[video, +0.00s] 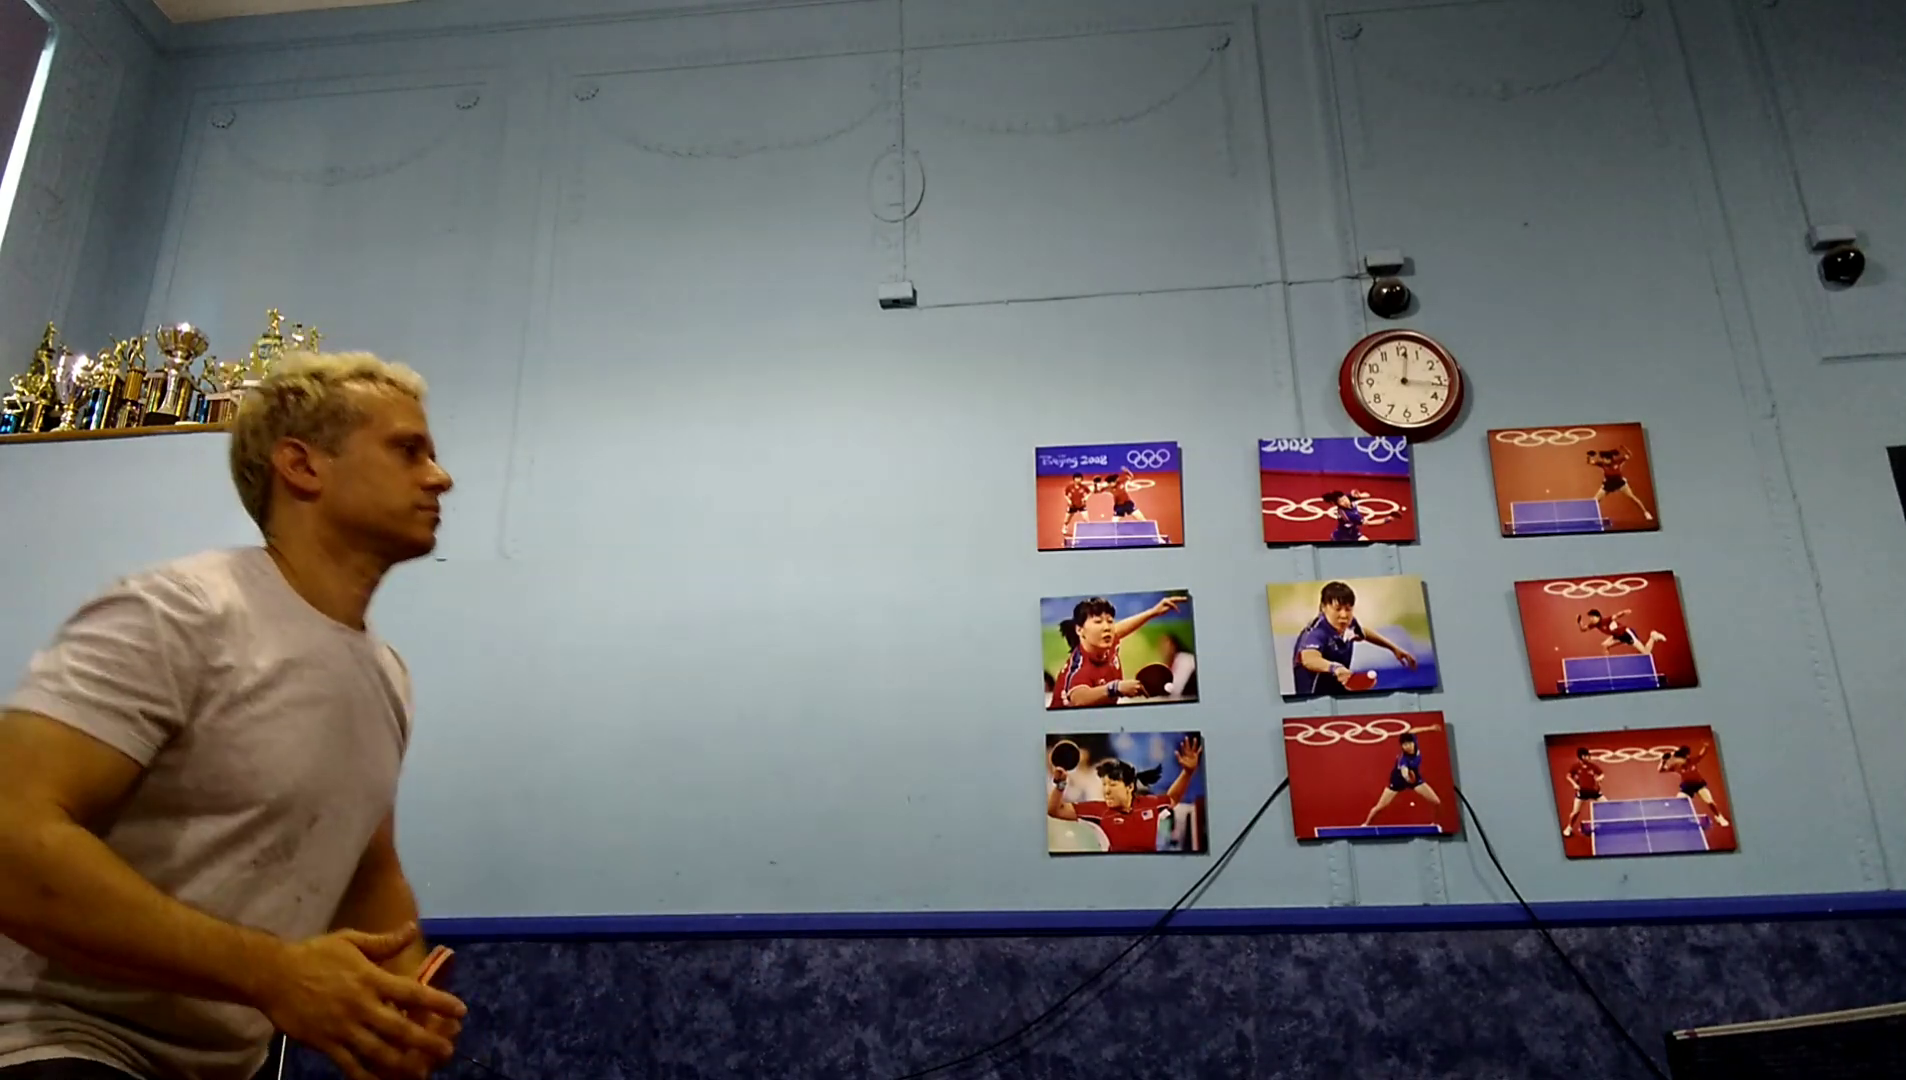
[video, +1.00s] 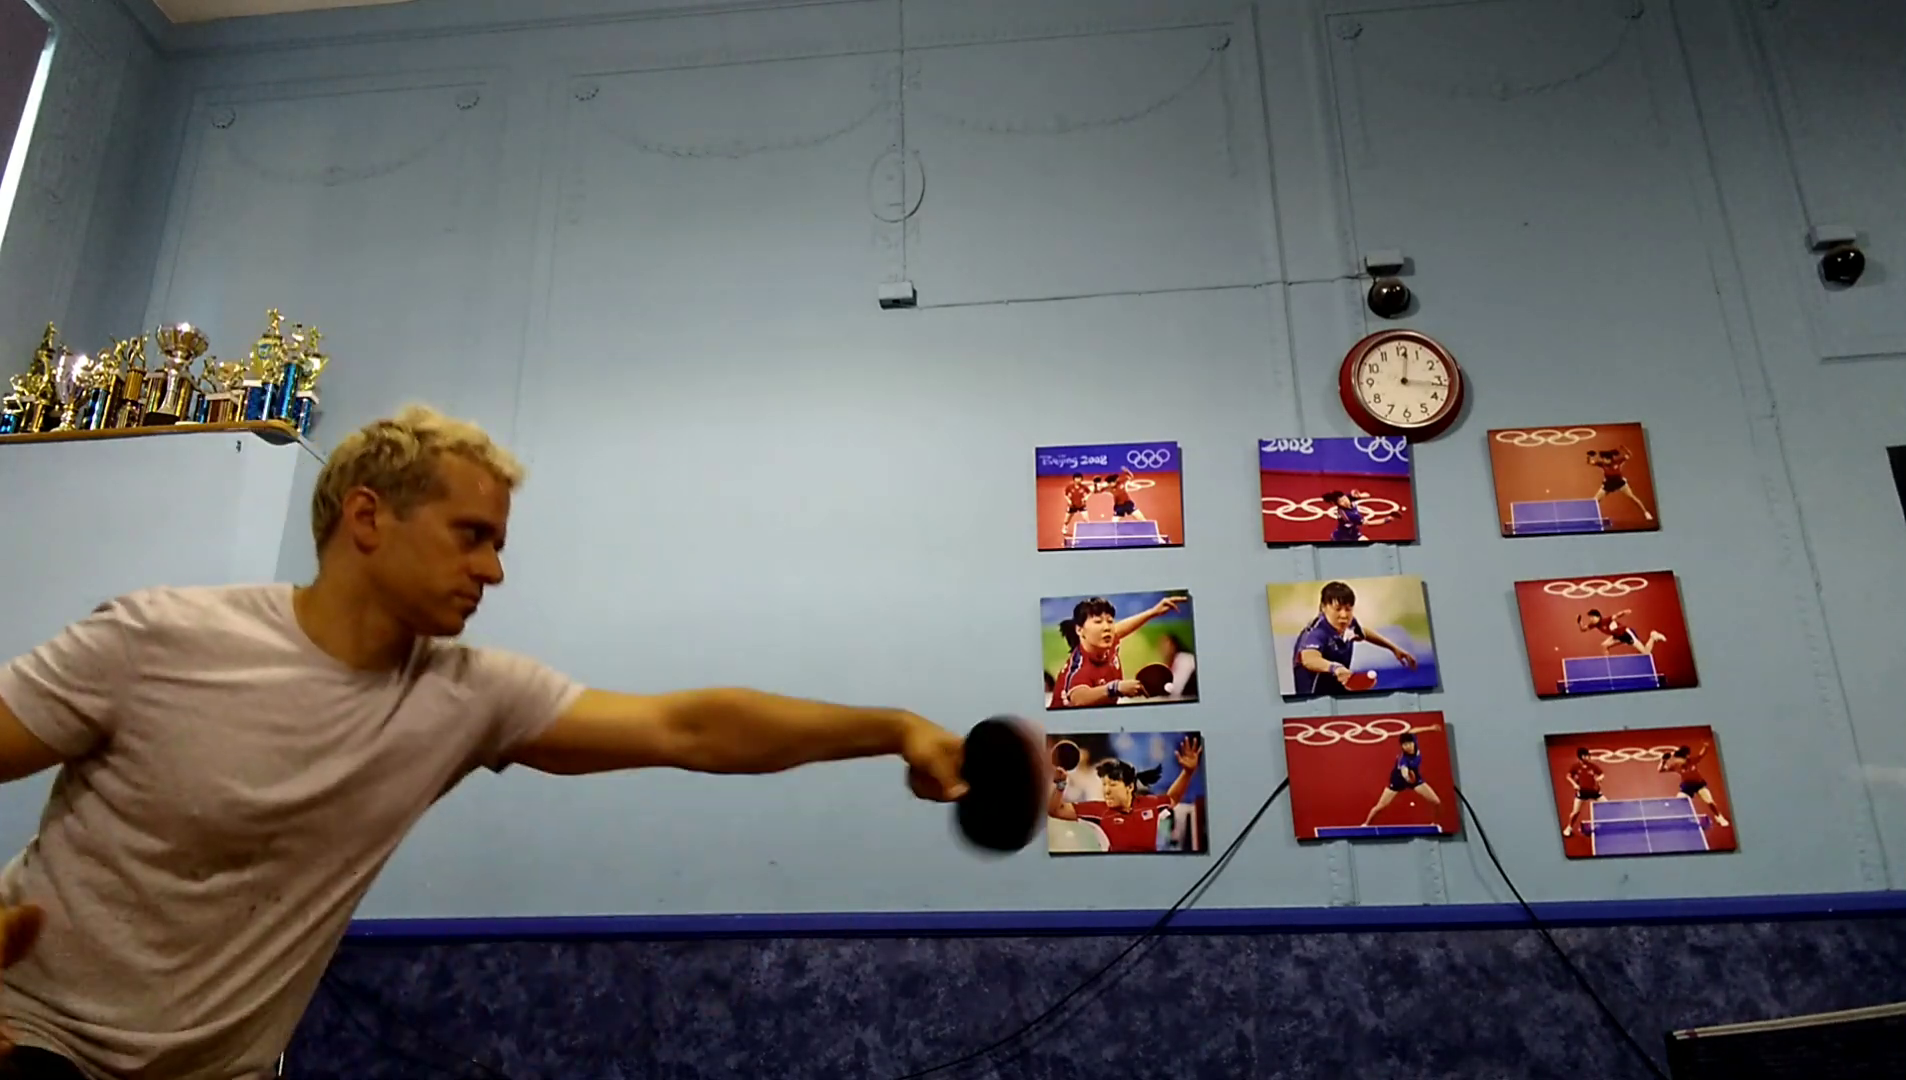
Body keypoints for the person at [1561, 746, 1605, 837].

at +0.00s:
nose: (1588, 758)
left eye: (1588, 755)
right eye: (1586, 756)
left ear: (1588, 756)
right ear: (1581, 757)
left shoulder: (1592, 766)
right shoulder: (1576, 767)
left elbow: (1602, 774)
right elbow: (1568, 776)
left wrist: (1598, 779)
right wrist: (1574, 784)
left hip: (1594, 791)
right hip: (1582, 791)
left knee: (1607, 806)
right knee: (1576, 812)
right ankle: (1569, 827)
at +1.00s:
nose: (1588, 758)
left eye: (1588, 755)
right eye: (1586, 756)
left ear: (1588, 756)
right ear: (1581, 757)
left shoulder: (1592, 766)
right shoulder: (1576, 767)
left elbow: (1602, 774)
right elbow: (1568, 776)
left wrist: (1598, 779)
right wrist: (1574, 784)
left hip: (1594, 791)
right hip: (1582, 791)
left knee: (1607, 806)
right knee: (1576, 812)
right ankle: (1569, 827)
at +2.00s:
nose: (1587, 758)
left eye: (1588, 755)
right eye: (1585, 755)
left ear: (1589, 756)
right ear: (1581, 757)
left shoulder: (1592, 766)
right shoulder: (1576, 766)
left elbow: (1602, 774)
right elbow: (1568, 776)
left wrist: (1598, 779)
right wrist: (1574, 785)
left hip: (1594, 791)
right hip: (1582, 791)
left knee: (1606, 806)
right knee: (1576, 811)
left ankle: (1606, 826)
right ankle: (1569, 827)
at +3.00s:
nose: (1587, 758)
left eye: (1588, 755)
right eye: (1585, 755)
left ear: (1589, 756)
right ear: (1581, 757)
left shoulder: (1592, 766)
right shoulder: (1576, 766)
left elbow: (1602, 774)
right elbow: (1568, 776)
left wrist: (1598, 779)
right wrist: (1574, 785)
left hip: (1594, 791)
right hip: (1582, 791)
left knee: (1606, 806)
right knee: (1576, 811)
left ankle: (1606, 826)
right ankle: (1569, 827)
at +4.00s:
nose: (1587, 757)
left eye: (1588, 755)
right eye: (1585, 755)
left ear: (1589, 756)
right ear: (1581, 757)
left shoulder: (1592, 766)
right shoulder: (1576, 767)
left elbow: (1602, 774)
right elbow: (1568, 776)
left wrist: (1598, 779)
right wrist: (1574, 785)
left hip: (1594, 791)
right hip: (1582, 791)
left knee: (1606, 805)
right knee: (1576, 812)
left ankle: (1606, 826)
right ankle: (1569, 827)